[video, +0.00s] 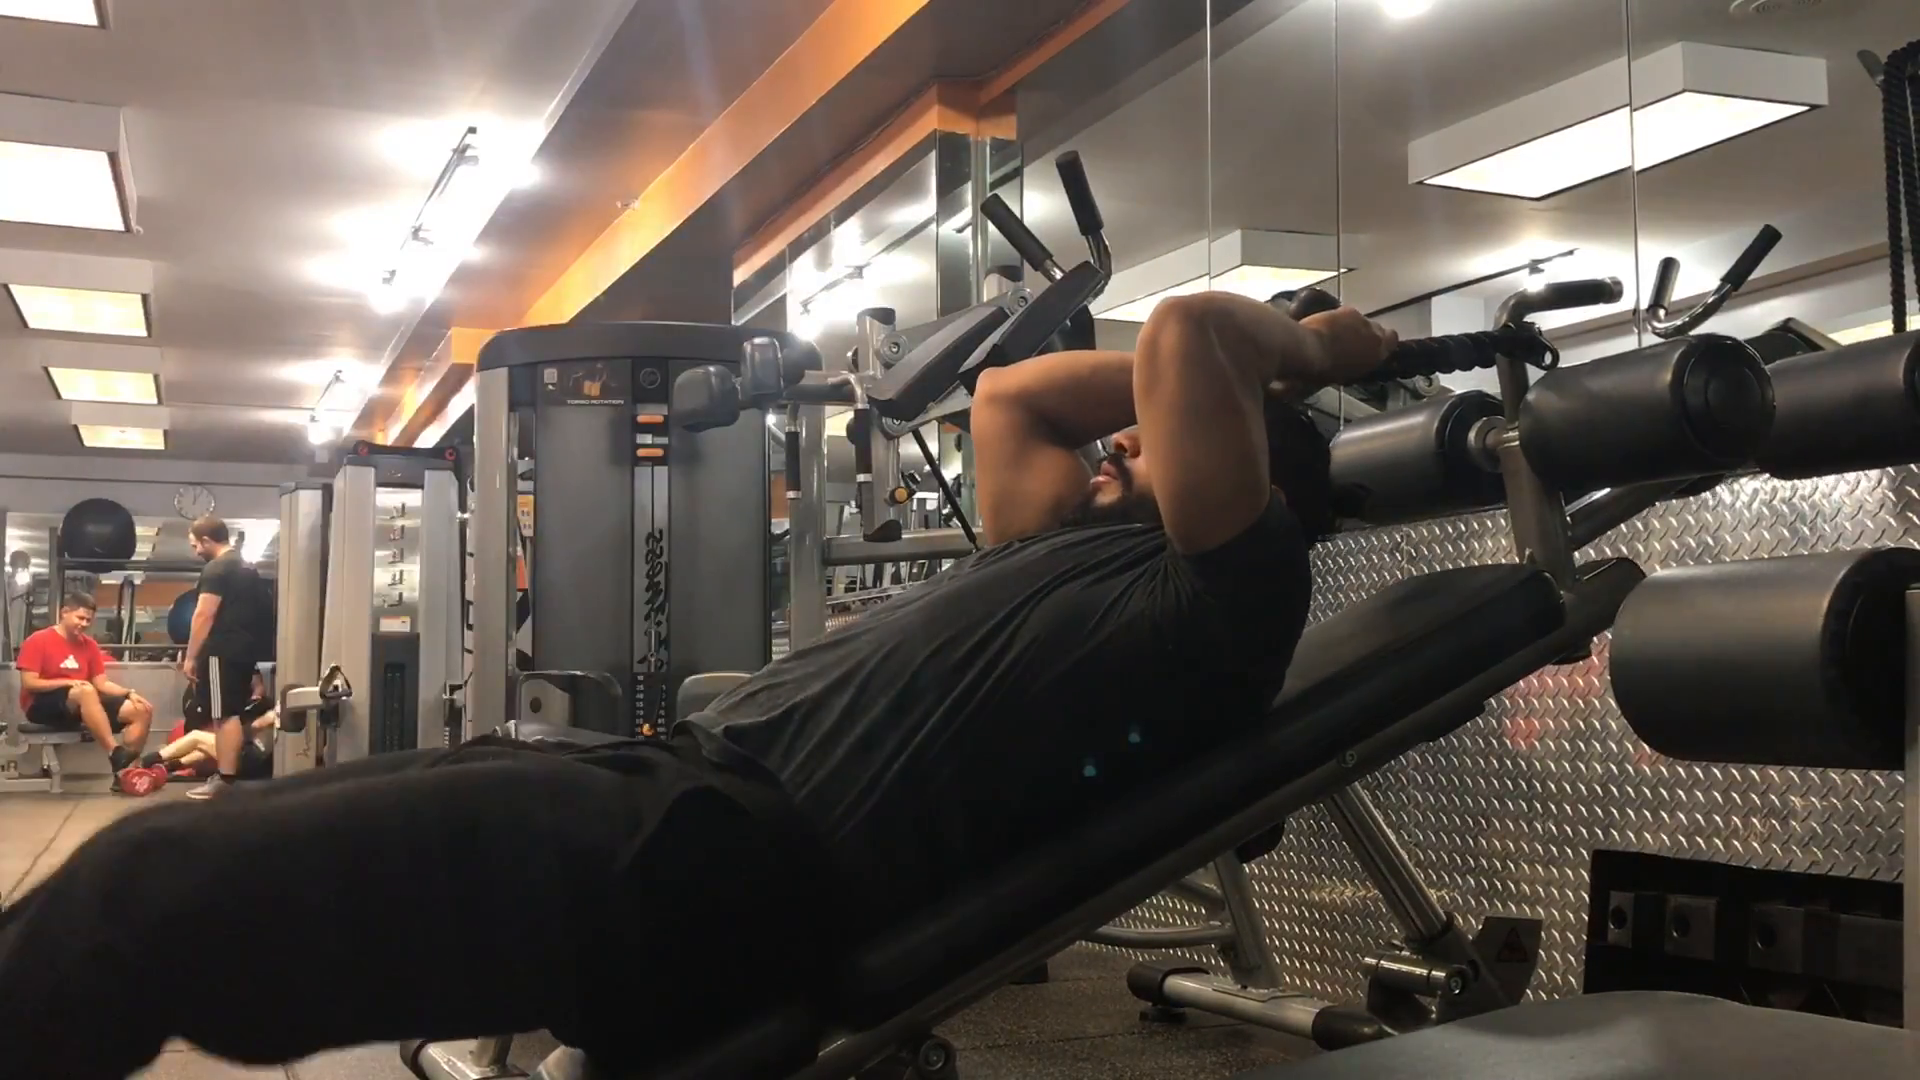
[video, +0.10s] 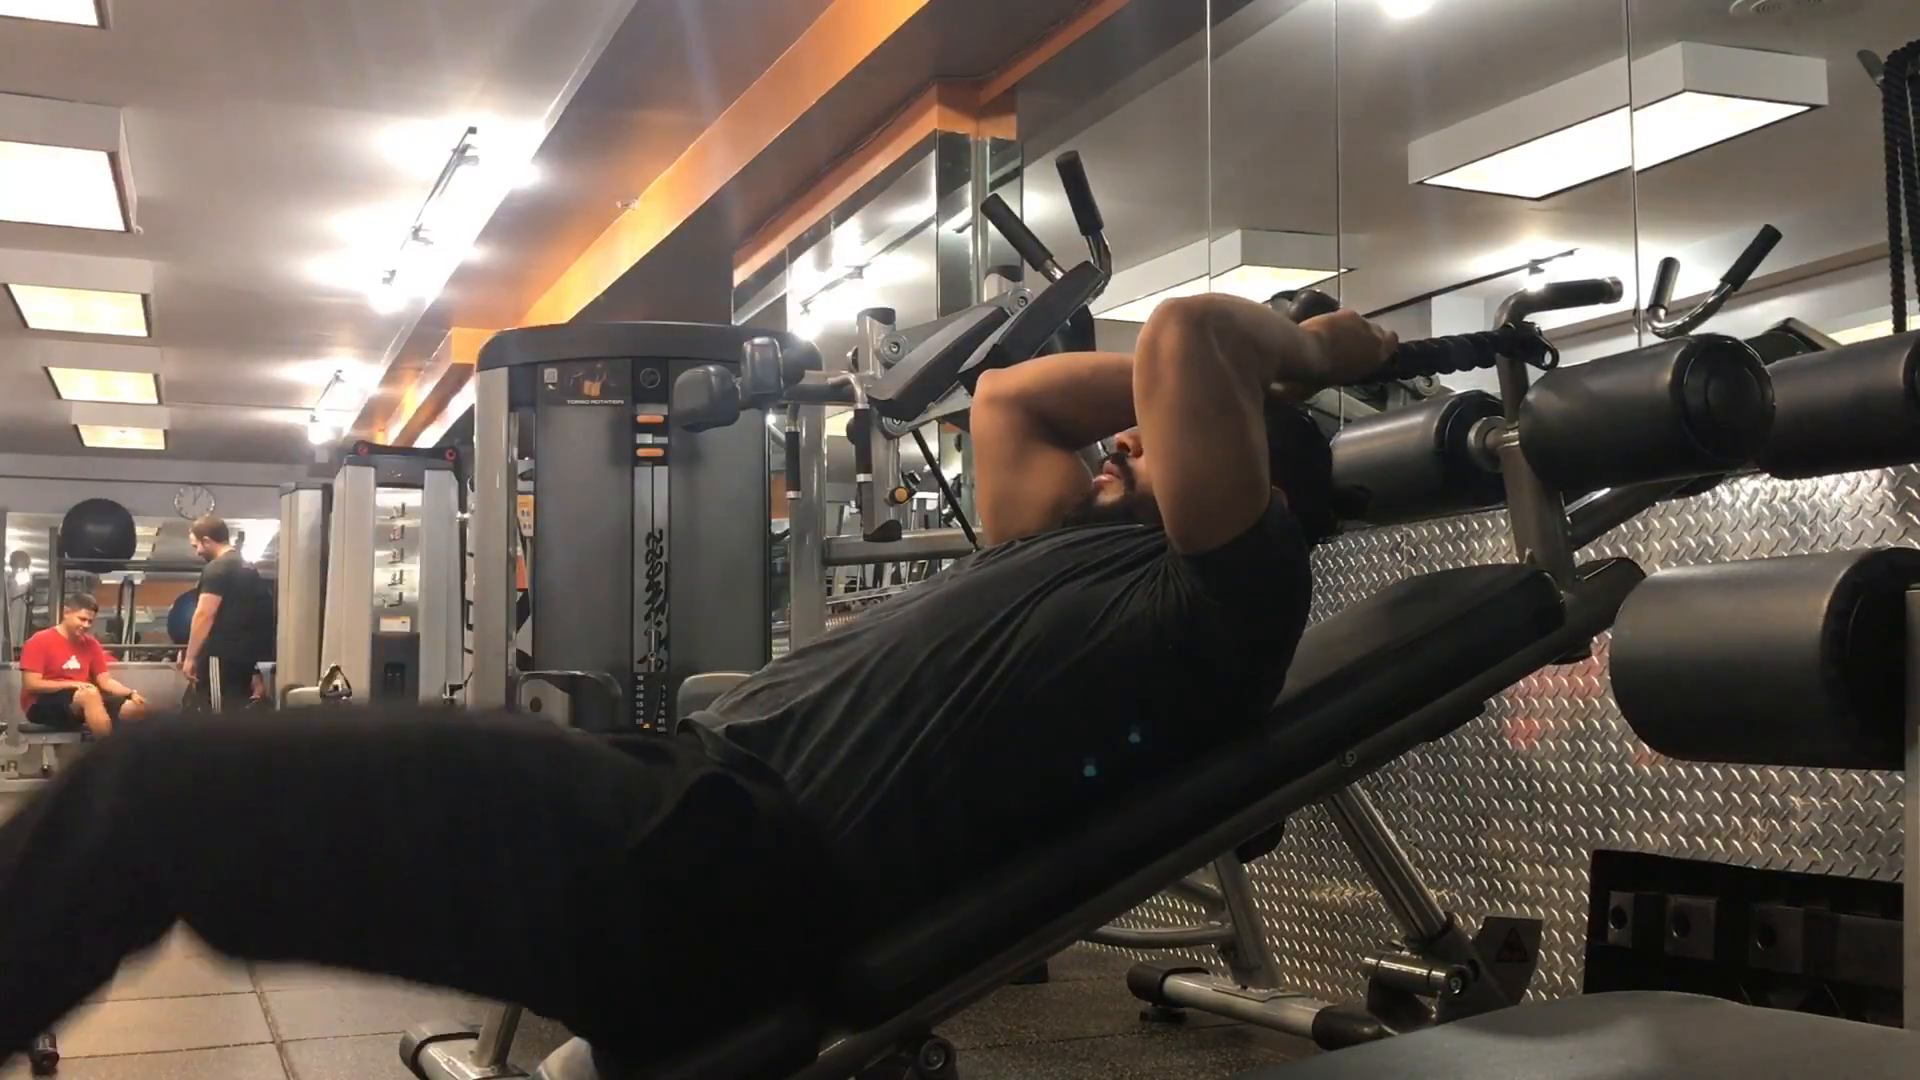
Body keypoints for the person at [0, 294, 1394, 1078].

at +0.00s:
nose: (1136, 434)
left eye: (1179, 429)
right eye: (1131, 430)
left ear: (1241, 481)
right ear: (1131, 477)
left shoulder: (1225, 611)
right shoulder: (1059, 566)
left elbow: (1189, 320)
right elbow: (1007, 395)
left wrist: (1315, 341)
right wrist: (1207, 389)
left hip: (728, 855)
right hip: (656, 775)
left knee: (139, 892)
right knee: (161, 861)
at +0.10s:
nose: (1139, 438)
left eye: (1182, 426)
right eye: (1134, 429)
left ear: (1240, 476)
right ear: (1139, 472)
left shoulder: (1228, 611)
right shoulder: (1068, 560)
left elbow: (1191, 324)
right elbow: (1007, 398)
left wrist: (1314, 347)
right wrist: (1200, 388)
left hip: (722, 885)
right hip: (676, 787)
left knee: (158, 778)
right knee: (177, 757)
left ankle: (17, 1000)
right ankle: (29, 984)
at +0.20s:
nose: (1154, 456)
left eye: (1209, 445)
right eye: (1173, 442)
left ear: (1257, 493)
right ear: (1176, 487)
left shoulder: (1229, 622)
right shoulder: (1071, 562)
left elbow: (1184, 330)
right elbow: (1007, 403)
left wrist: (1302, 356)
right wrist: (1197, 386)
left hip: (736, 891)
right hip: (708, 785)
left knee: (223, 595)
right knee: (261, 583)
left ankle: (23, 817)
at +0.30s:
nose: (1187, 469)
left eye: (1231, 457)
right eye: (1209, 452)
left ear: (1280, 513)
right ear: (1214, 506)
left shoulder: (1240, 625)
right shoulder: (1084, 575)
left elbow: (1187, 330)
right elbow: (1012, 403)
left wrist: (1306, 352)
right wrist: (1226, 403)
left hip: (762, 890)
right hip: (720, 815)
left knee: (451, 398)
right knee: (453, 395)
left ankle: (35, 579)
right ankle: (44, 572)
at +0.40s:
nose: (1225, 466)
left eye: (1273, 471)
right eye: (1258, 457)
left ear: (1306, 525)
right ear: (1230, 483)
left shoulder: (1241, 624)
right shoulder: (1076, 570)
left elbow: (1211, 326)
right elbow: (1018, 395)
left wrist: (1328, 352)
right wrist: (1234, 372)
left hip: (769, 829)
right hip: (690, 777)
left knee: (694, 305)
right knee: (667, 300)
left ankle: (212, 312)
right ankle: (216, 311)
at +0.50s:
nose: (1282, 450)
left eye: (1312, 460)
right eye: (1294, 446)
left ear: (1332, 539)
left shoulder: (1265, 607)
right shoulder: (1099, 576)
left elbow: (1200, 335)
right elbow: (1018, 394)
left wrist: (1332, 341)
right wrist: (1231, 359)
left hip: (751, 751)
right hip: (673, 728)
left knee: (896, 267)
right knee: (788, 335)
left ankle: (454, 121)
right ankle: (453, 129)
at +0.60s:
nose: (1288, 450)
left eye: (1315, 461)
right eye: (1301, 447)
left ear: (1342, 538)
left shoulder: (1288, 588)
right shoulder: (1129, 582)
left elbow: (1209, 328)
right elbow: (1045, 388)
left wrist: (1328, 336)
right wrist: (1218, 383)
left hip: (758, 652)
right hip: (694, 650)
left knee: (1025, 254)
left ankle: (680, 31)